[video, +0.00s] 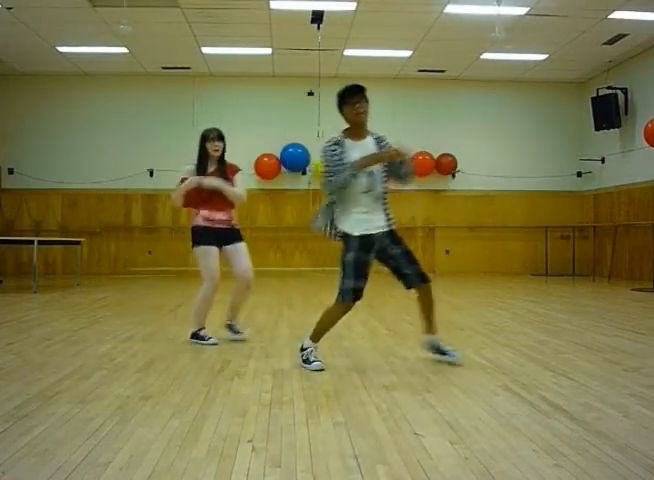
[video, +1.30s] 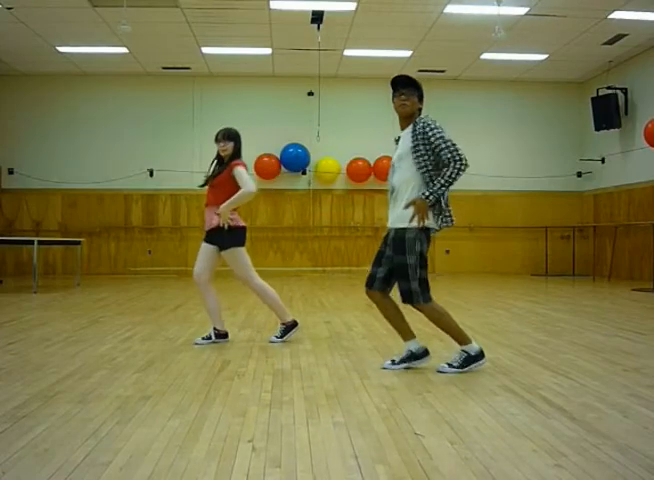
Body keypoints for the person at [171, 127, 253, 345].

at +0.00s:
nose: (216, 145)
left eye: (219, 141)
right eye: (211, 141)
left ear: (224, 144)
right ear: (203, 145)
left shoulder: (230, 170)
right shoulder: (193, 173)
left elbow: (240, 198)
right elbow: (177, 202)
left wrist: (219, 184)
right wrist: (186, 186)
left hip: (229, 227)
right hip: (203, 228)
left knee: (245, 276)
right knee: (211, 278)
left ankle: (231, 322)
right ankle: (198, 330)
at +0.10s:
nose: (223, 142)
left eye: (227, 138)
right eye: (219, 138)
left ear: (232, 141)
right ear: (211, 141)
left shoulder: (241, 167)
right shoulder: (202, 172)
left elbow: (256, 193)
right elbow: (192, 200)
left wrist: (243, 175)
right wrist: (208, 179)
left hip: (240, 224)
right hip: (213, 226)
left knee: (257, 275)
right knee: (213, 277)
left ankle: (261, 326)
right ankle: (198, 330)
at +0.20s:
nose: (231, 141)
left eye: (235, 137)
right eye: (227, 137)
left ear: (240, 141)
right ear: (219, 141)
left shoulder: (251, 167)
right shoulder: (213, 175)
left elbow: (269, 193)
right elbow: (211, 201)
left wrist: (261, 178)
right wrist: (235, 183)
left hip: (252, 224)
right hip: (224, 226)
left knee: (267, 278)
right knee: (217, 278)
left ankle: (282, 325)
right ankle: (198, 329)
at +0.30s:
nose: (239, 142)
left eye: (242, 138)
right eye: (234, 139)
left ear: (248, 142)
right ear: (228, 143)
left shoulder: (260, 168)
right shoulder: (223, 177)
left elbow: (278, 194)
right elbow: (222, 206)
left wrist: (269, 188)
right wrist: (251, 200)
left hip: (264, 225)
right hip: (236, 228)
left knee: (273, 278)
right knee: (227, 278)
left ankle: (283, 326)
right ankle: (204, 328)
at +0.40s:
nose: (245, 141)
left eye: (248, 137)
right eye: (240, 138)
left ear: (254, 139)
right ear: (234, 142)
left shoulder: (268, 162)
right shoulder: (229, 170)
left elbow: (279, 191)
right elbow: (228, 205)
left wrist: (285, 209)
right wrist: (252, 219)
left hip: (271, 222)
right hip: (242, 226)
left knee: (276, 278)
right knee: (236, 278)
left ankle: (283, 326)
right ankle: (226, 327)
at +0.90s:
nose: (243, 141)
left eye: (247, 137)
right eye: (239, 138)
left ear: (256, 139)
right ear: (236, 141)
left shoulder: (261, 162)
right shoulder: (240, 164)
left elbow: (274, 192)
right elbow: (241, 195)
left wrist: (256, 220)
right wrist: (234, 218)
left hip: (255, 226)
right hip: (236, 225)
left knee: (264, 275)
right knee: (221, 273)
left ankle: (289, 325)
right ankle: (219, 329)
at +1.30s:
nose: (222, 146)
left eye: (226, 142)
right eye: (219, 142)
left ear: (235, 144)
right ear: (216, 145)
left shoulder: (236, 166)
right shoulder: (220, 166)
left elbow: (250, 188)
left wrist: (225, 208)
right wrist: (218, 210)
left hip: (229, 229)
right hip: (214, 229)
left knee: (249, 278)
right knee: (201, 276)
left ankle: (287, 322)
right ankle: (219, 330)